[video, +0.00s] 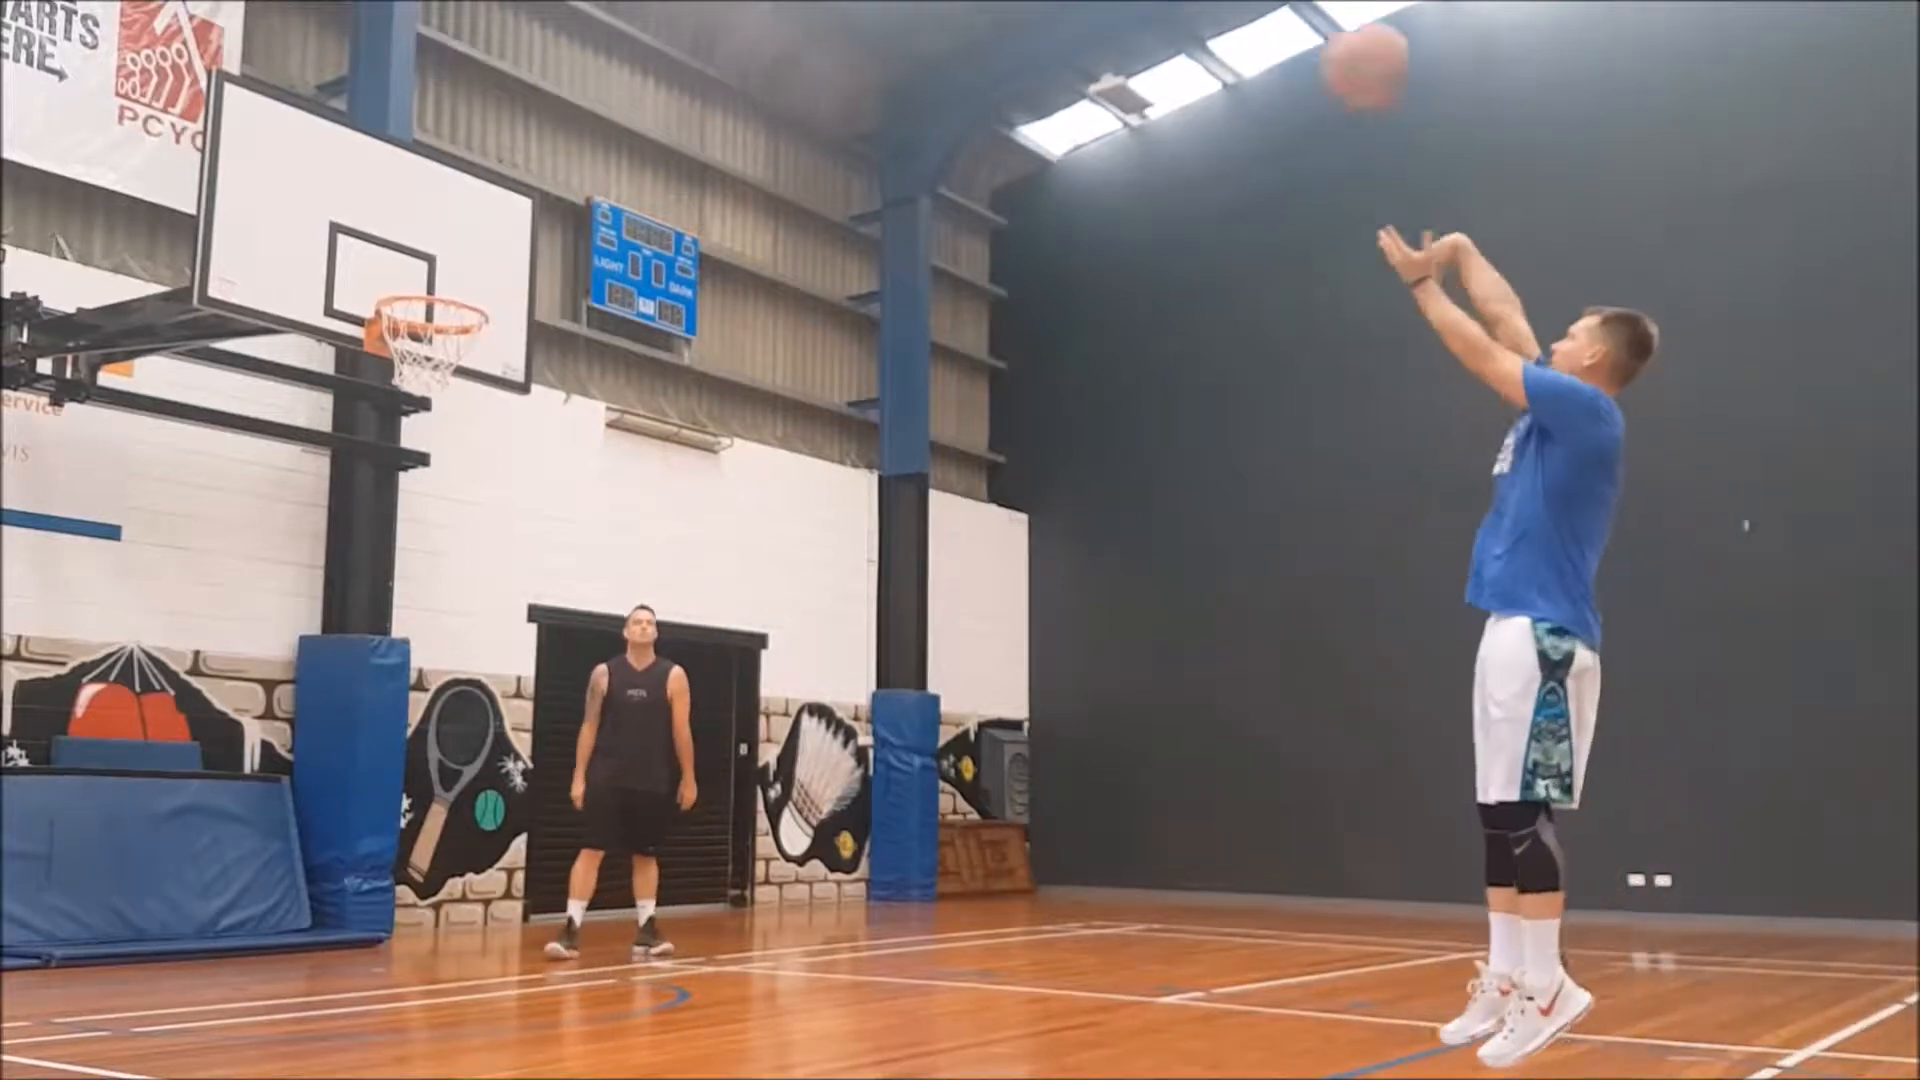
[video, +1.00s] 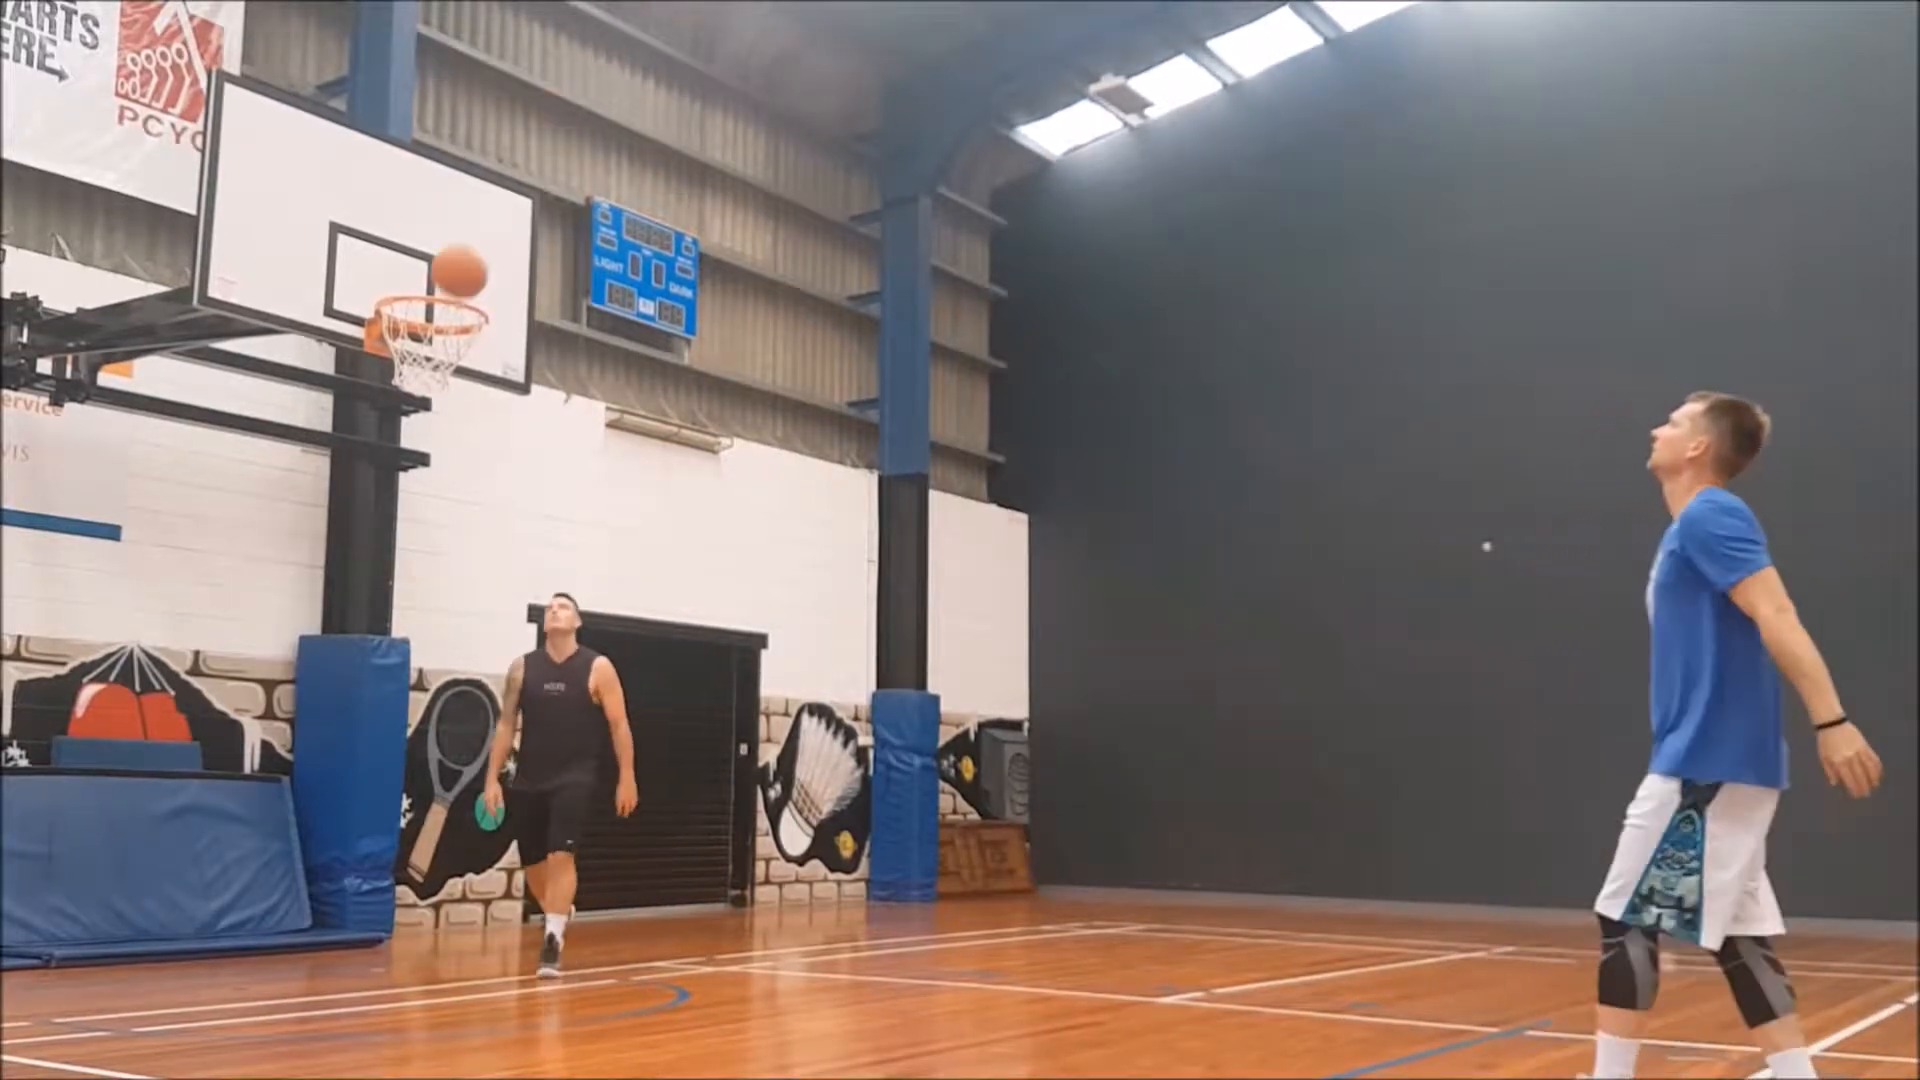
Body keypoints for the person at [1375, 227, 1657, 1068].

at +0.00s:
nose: (1560, 337)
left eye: (1574, 332)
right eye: (1570, 330)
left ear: (1593, 354)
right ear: (1592, 357)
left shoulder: (1585, 408)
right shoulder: (1562, 403)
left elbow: (1485, 355)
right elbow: (1506, 317)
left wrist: (1423, 285)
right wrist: (1463, 252)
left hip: (1544, 641)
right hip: (1511, 633)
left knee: (1524, 815)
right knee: (1498, 813)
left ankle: (1547, 989)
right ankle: (1503, 983)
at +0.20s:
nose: (1543, 429)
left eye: (1558, 421)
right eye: (1554, 420)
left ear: (1582, 442)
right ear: (1587, 447)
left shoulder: (1572, 508)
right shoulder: (1553, 504)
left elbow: (1456, 471)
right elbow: (1487, 431)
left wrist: (1409, 393)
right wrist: (1468, 351)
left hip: (1527, 744)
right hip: (1495, 736)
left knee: (1497, 911)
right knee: (1462, 905)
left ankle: (1544, 1068)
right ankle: (1502, 1064)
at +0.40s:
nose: (1557, 447)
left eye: (1570, 439)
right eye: (1567, 437)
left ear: (1592, 461)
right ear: (1599, 466)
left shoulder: (1581, 540)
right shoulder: (1587, 541)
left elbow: (1466, 612)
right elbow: (1476, 600)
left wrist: (1412, 557)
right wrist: (1480, 514)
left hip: (1542, 757)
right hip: (1514, 749)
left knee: (1489, 918)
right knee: (1447, 906)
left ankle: (1552, 1071)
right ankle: (1507, 1064)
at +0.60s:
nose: (1574, 431)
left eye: (1588, 424)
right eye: (1583, 422)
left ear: (1611, 448)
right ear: (1618, 455)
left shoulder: (1600, 527)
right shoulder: (1607, 527)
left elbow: (1565, 645)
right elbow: (1562, 652)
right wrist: (1490, 700)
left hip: (1575, 755)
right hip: (1547, 749)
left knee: (1533, 924)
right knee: (1487, 904)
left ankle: (1562, 1070)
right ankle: (1620, 1041)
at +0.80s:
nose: (1604, 433)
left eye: (1618, 426)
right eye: (1614, 423)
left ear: (1642, 449)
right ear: (1647, 453)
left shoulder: (1651, 525)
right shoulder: (1634, 531)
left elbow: (1703, 628)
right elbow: (1645, 669)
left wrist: (1744, 735)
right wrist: (1668, 770)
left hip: (1612, 767)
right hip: (1631, 765)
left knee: (1572, 930)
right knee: (1638, 939)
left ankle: (1562, 1072)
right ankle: (1759, 1068)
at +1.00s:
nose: (1655, 432)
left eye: (1671, 423)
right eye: (1666, 421)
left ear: (1698, 447)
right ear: (1702, 451)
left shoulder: (1710, 516)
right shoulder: (1698, 523)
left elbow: (1777, 616)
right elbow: (1767, 620)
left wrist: (1833, 723)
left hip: (1704, 760)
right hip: (1730, 762)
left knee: (1624, 917)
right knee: (1738, 930)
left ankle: (1609, 1070)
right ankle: (1794, 1068)